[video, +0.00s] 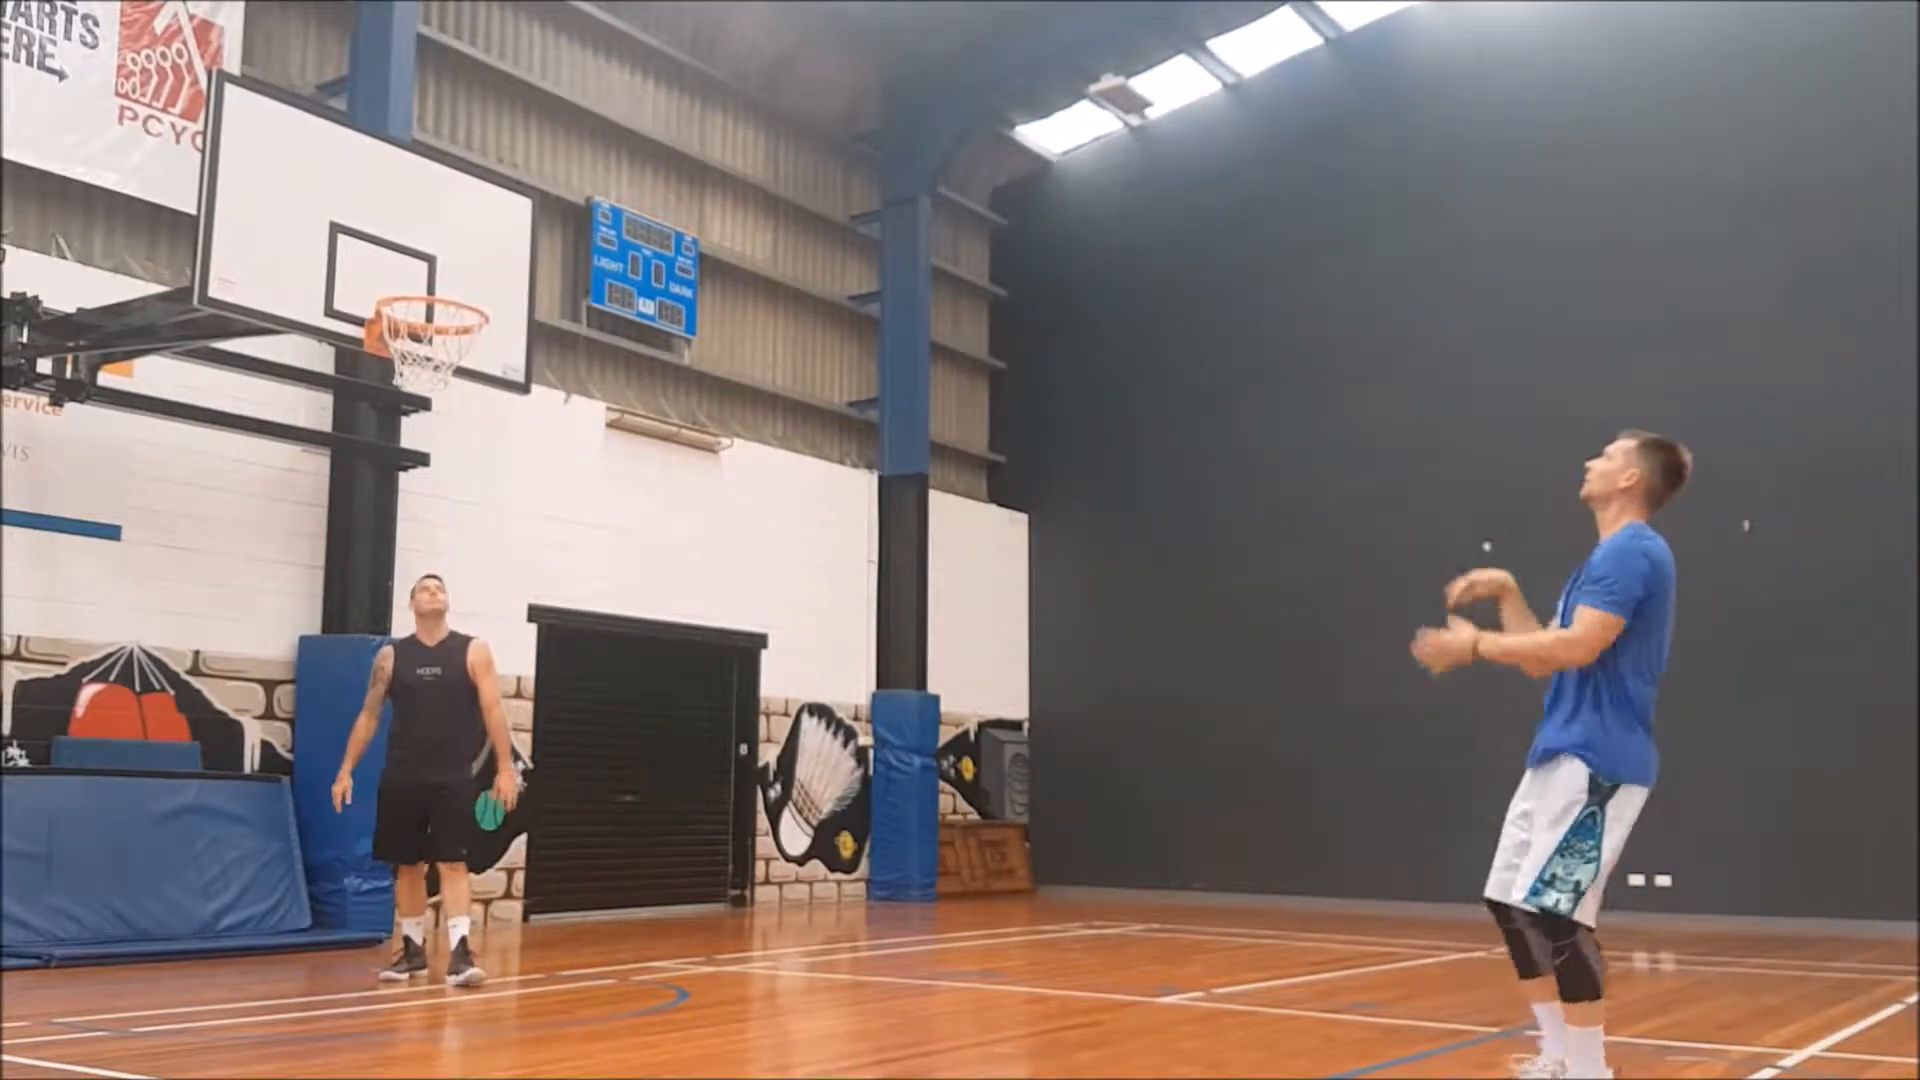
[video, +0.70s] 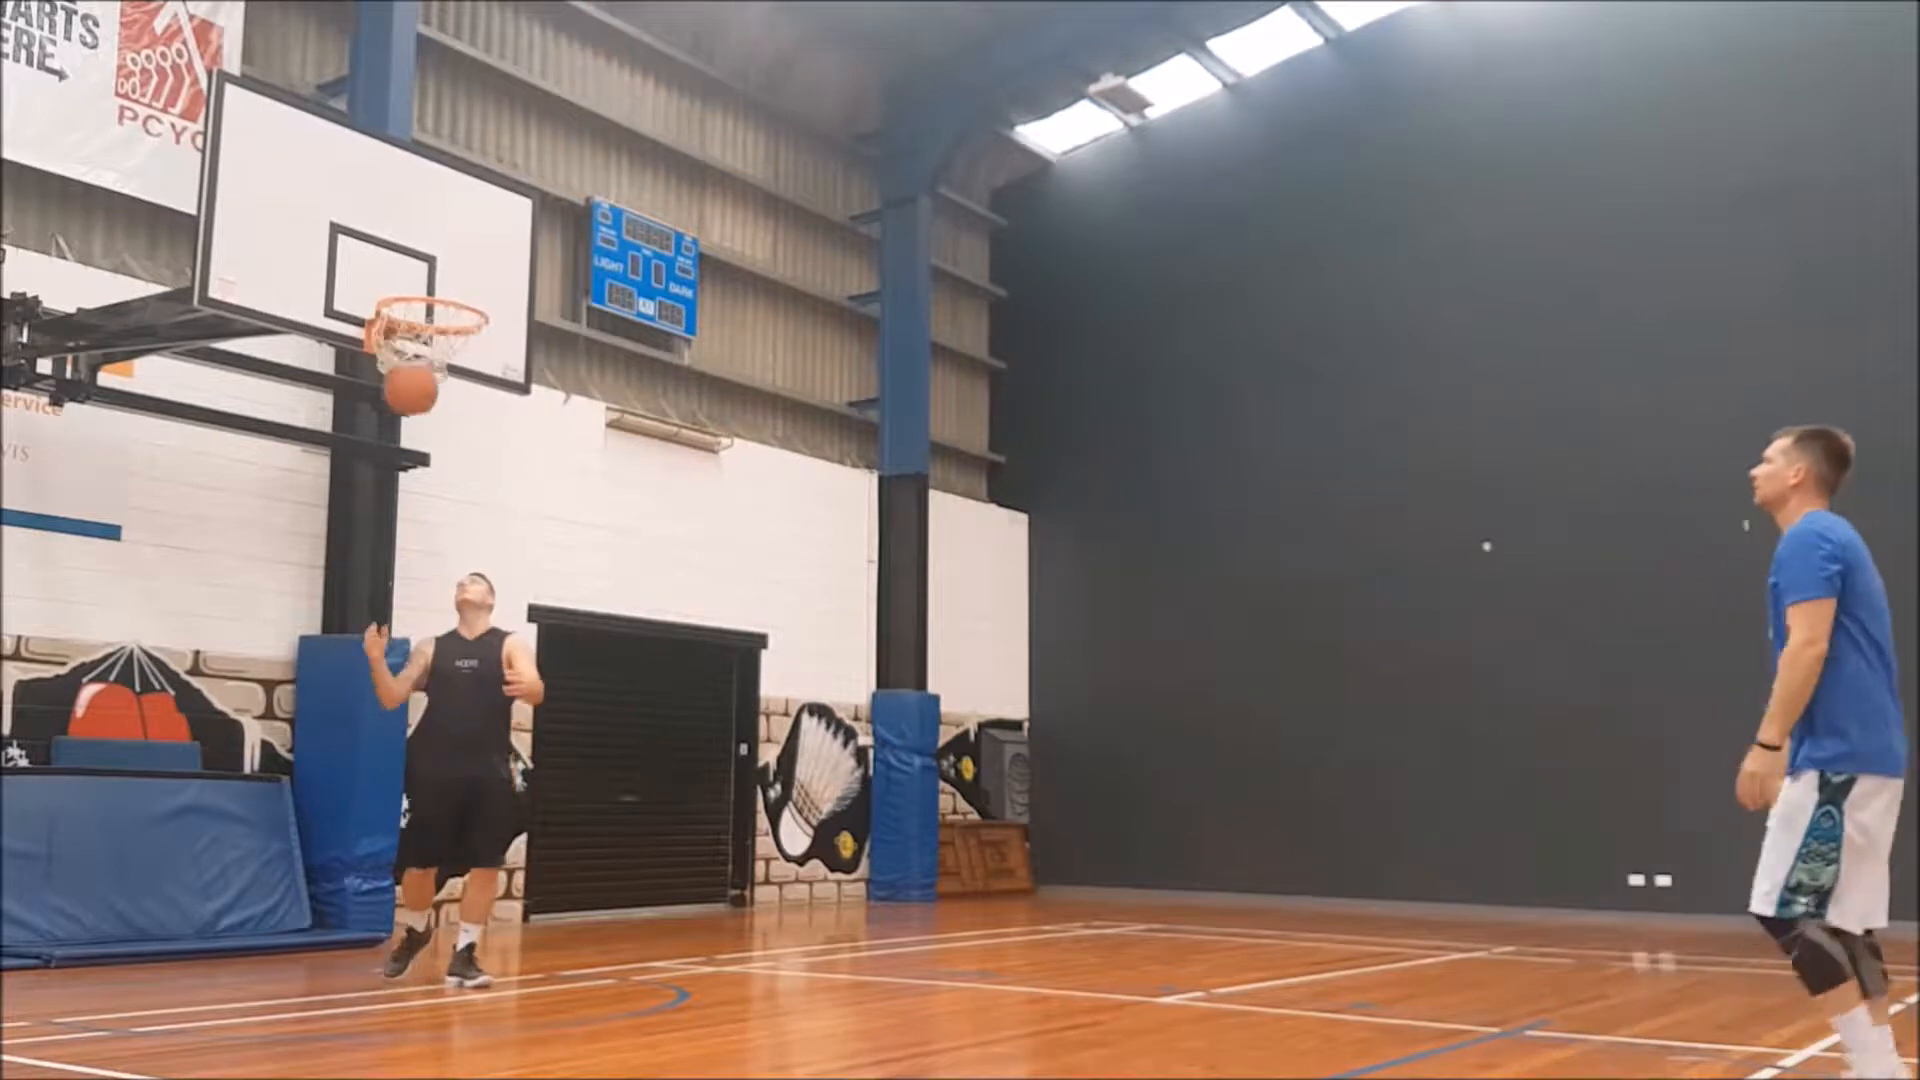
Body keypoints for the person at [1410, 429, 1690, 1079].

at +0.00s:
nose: (1590, 463)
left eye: (1603, 455)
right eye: (1598, 453)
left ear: (1629, 476)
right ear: (1625, 478)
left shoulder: (1634, 550)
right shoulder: (1601, 559)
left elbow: (1580, 646)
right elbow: (1543, 657)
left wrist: (1475, 643)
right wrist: (1509, 594)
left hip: (1603, 761)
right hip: (1560, 754)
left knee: (1551, 911)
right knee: (1509, 901)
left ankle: (1589, 1069)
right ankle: (1558, 1057)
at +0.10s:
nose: (1605, 463)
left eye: (1620, 456)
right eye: (1615, 454)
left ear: (1645, 480)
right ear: (1643, 484)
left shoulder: (1646, 552)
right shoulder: (1629, 557)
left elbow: (1639, 664)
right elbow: (1609, 676)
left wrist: (1561, 738)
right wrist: (1522, 681)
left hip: (1626, 768)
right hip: (1602, 762)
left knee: (1577, 916)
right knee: (1546, 909)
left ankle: (1586, 1070)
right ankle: (1670, 1039)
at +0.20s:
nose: (1624, 470)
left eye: (1637, 462)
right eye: (1632, 460)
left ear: (1663, 482)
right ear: (1664, 485)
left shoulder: (1671, 557)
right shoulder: (1661, 558)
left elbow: (1686, 669)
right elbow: (1646, 681)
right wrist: (1587, 747)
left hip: (1638, 776)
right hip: (1639, 774)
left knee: (1595, 924)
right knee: (1637, 933)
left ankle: (1588, 1070)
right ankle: (1771, 1027)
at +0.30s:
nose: (1646, 477)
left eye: (1661, 469)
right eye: (1655, 468)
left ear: (1689, 488)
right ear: (1691, 491)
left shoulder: (1702, 558)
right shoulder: (1689, 561)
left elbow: (1745, 663)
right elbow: (1728, 673)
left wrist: (1779, 764)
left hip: (1677, 778)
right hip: (1694, 778)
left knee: (1620, 924)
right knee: (1707, 934)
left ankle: (1593, 1069)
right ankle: (1846, 1054)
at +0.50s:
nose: (1695, 480)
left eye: (1708, 470)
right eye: (1703, 470)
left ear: (1736, 488)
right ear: (1744, 491)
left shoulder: (1753, 553)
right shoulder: (1771, 555)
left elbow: (1804, 653)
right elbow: (1810, 658)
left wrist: (1832, 762)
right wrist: (1831, 770)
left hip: (1765, 778)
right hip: (1795, 778)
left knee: (1698, 918)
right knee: (1798, 930)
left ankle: (1656, 1065)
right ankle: (1873, 1067)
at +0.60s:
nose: (1722, 476)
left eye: (1735, 465)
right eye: (1729, 465)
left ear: (1766, 479)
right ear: (1774, 481)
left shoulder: (1783, 545)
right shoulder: (1806, 544)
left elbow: (1809, 648)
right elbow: (1822, 651)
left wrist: (1801, 757)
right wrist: (1802, 759)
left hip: (1799, 766)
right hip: (1838, 765)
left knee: (1735, 906)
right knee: (1822, 921)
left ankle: (1752, 1067)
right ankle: (1879, 1068)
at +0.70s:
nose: (1754, 471)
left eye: (1765, 460)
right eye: (1760, 459)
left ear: (1796, 473)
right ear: (1805, 476)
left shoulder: (1808, 538)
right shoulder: (1835, 539)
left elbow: (1809, 644)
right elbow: (1833, 654)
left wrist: (1765, 744)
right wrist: (1786, 752)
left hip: (1840, 757)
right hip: (1869, 757)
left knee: (1785, 909)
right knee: (1847, 920)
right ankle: (1881, 1063)